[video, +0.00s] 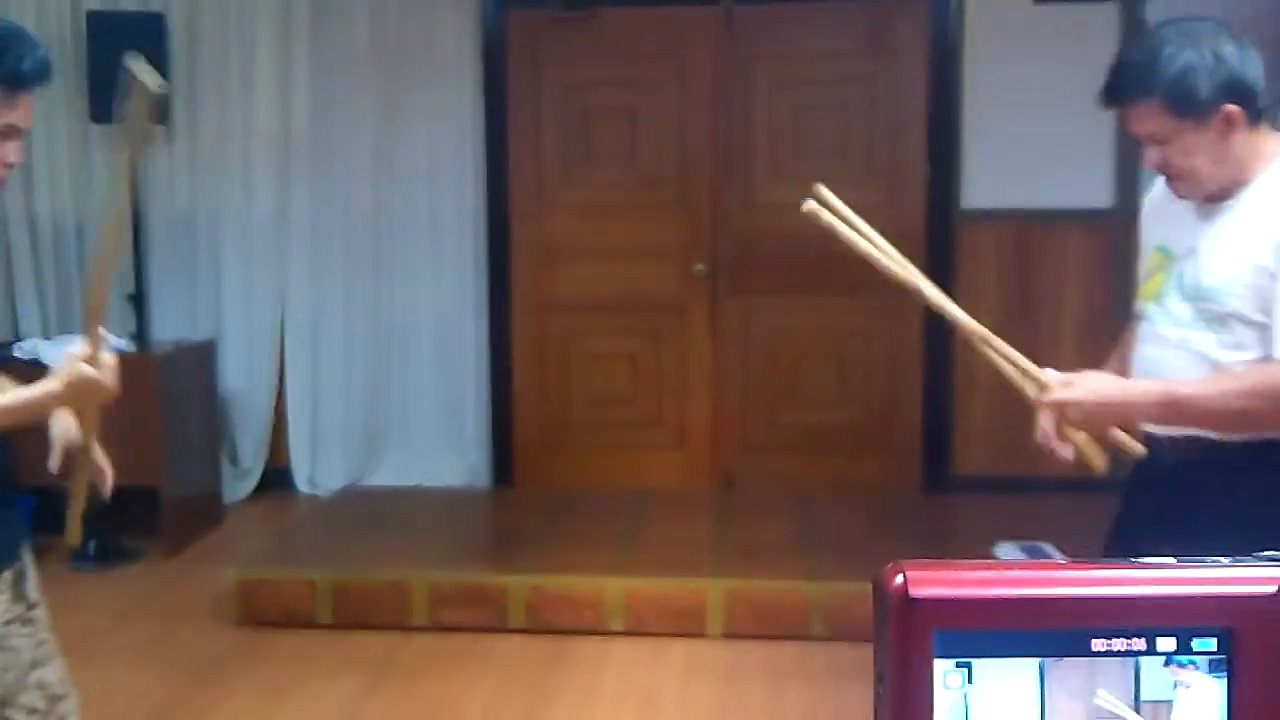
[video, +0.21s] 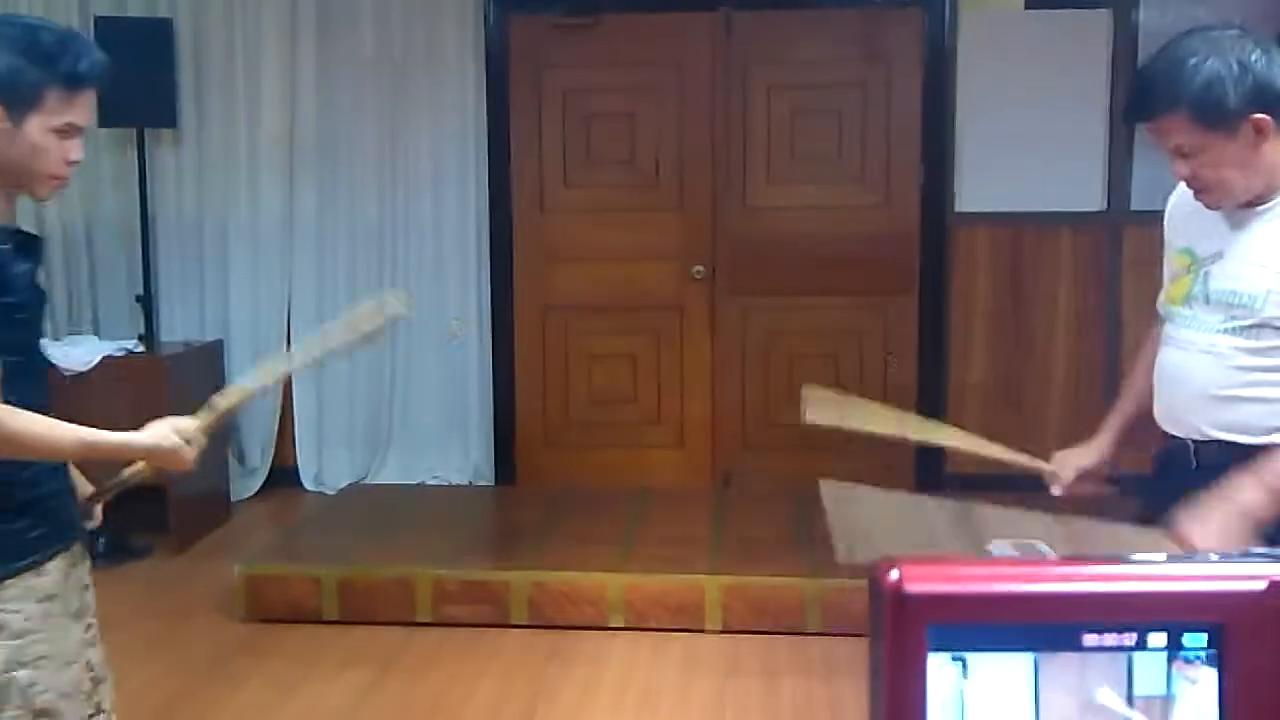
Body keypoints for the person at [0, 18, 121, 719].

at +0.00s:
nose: (15, 155)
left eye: (19, 135)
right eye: (7, 135)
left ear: (21, 126)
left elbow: (1, 379)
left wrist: (51, 402)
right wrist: (56, 390)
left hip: (10, 541)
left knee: (43, 702)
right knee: (39, 702)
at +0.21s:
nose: (76, 155)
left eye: (81, 135)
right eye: (63, 132)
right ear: (4, 121)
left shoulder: (21, 248)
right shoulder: (11, 251)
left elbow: (14, 401)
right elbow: (6, 417)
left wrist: (67, 475)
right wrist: (132, 445)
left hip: (52, 554)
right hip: (18, 568)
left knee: (82, 708)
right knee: (43, 711)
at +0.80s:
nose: (260, 170)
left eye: (264, 152)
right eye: (250, 149)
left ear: (181, 137)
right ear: (185, 134)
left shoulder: (90, 226)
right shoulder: (166, 259)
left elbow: (44, 357)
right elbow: (193, 437)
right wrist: (283, 550)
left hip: (78, 531)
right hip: (152, 544)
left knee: (106, 707)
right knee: (239, 705)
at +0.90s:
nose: (290, 167)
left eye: (295, 148)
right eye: (281, 146)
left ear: (212, 132)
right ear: (218, 131)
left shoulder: (125, 213)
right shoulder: (194, 252)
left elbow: (110, 382)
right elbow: (205, 432)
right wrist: (285, 548)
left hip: (95, 515)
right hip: (166, 535)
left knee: (125, 708)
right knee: (241, 708)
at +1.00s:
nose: (309, 167)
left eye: (312, 148)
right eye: (301, 146)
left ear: (232, 134)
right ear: (239, 132)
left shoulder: (151, 210)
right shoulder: (210, 249)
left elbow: (130, 383)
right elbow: (213, 432)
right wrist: (287, 543)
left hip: (108, 516)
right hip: (175, 537)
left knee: (143, 708)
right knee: (242, 708)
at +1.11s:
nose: (315, 167)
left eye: (318, 148)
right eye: (306, 146)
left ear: (237, 135)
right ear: (243, 134)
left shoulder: (157, 214)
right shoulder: (212, 249)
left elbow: (140, 386)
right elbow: (219, 432)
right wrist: (288, 542)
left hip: (116, 519)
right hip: (178, 538)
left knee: (145, 709)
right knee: (245, 708)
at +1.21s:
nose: (304, 166)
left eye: (309, 146)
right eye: (294, 144)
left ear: (226, 134)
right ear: (231, 132)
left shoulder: (156, 214)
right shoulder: (204, 249)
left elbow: (146, 379)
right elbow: (216, 432)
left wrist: (231, 437)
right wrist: (298, 547)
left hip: (121, 517)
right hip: (178, 536)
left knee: (155, 704)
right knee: (241, 705)